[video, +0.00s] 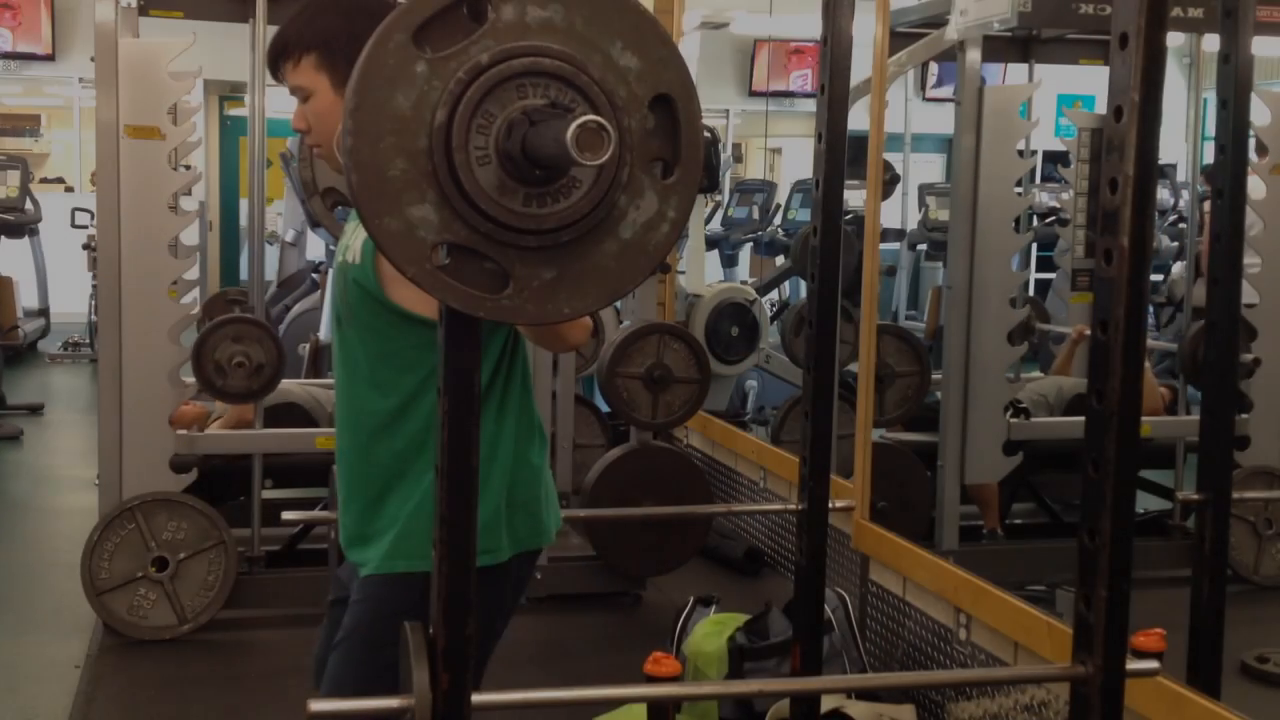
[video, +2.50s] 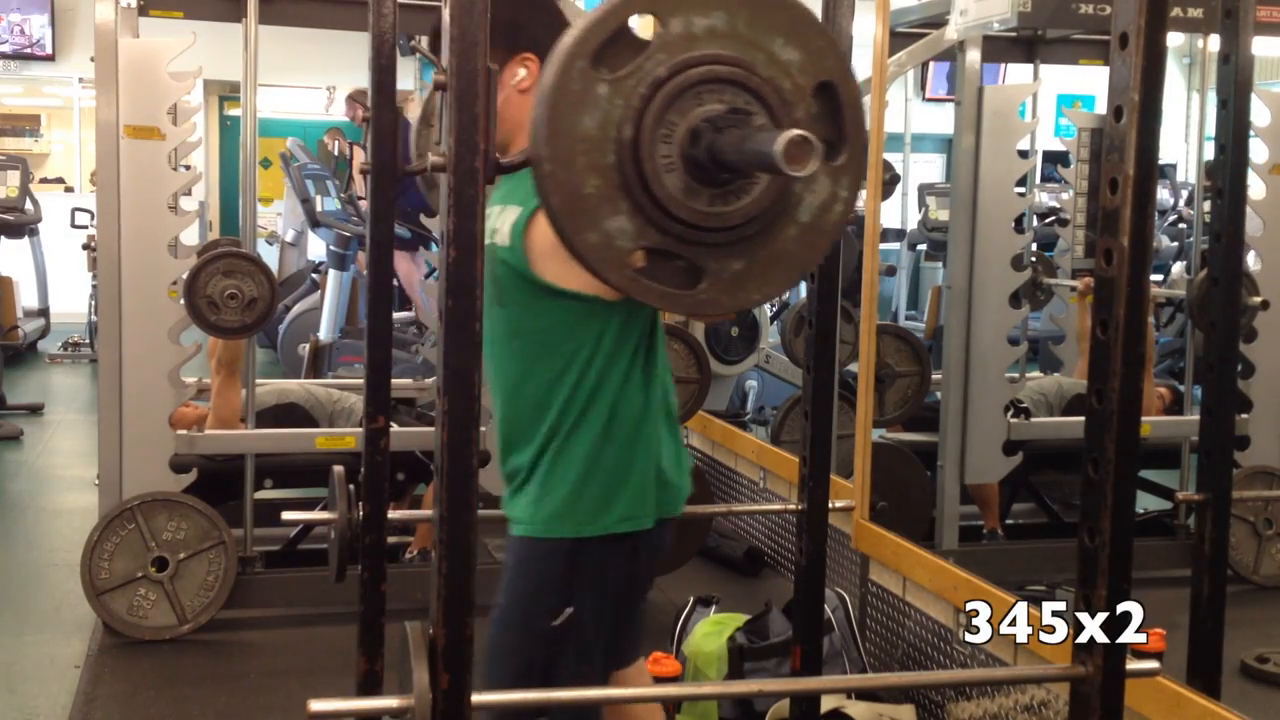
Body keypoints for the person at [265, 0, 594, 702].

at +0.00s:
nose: (296, 120)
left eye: (305, 95)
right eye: (295, 98)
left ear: (369, 89)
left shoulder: (414, 223)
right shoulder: (369, 224)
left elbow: (571, 328)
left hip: (450, 544)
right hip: (395, 535)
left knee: (348, 714)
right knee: (334, 696)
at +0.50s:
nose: (306, 84)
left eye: (323, 62)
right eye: (312, 63)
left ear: (388, 73)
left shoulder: (414, 222)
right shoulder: (374, 218)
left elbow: (574, 327)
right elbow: (568, 320)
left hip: (449, 538)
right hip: (397, 530)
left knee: (353, 715)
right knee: (337, 705)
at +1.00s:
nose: (310, 54)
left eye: (326, 30)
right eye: (314, 31)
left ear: (389, 41)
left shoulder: (415, 180)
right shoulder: (377, 181)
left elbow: (566, 289)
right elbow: (566, 288)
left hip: (447, 518)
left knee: (437, 704)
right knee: (420, 704)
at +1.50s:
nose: (316, 55)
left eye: (331, 31)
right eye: (320, 32)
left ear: (392, 42)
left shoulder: (404, 183)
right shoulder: (381, 179)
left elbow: (576, 298)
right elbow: (573, 296)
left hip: (435, 515)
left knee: (422, 704)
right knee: (418, 701)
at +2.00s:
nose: (361, 59)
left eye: (375, 34)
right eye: (365, 36)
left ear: (435, 45)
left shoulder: (465, 175)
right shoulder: (427, 182)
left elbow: (626, 292)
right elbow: (520, 258)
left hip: (510, 509)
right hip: (486, 511)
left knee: (500, 703)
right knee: (488, 705)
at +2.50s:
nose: (472, 103)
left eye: (480, 81)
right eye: (473, 85)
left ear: (527, 74)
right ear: (527, 78)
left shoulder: (538, 201)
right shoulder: (530, 203)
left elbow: (667, 269)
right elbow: (662, 266)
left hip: (584, 505)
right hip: (601, 500)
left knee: (513, 704)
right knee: (619, 671)